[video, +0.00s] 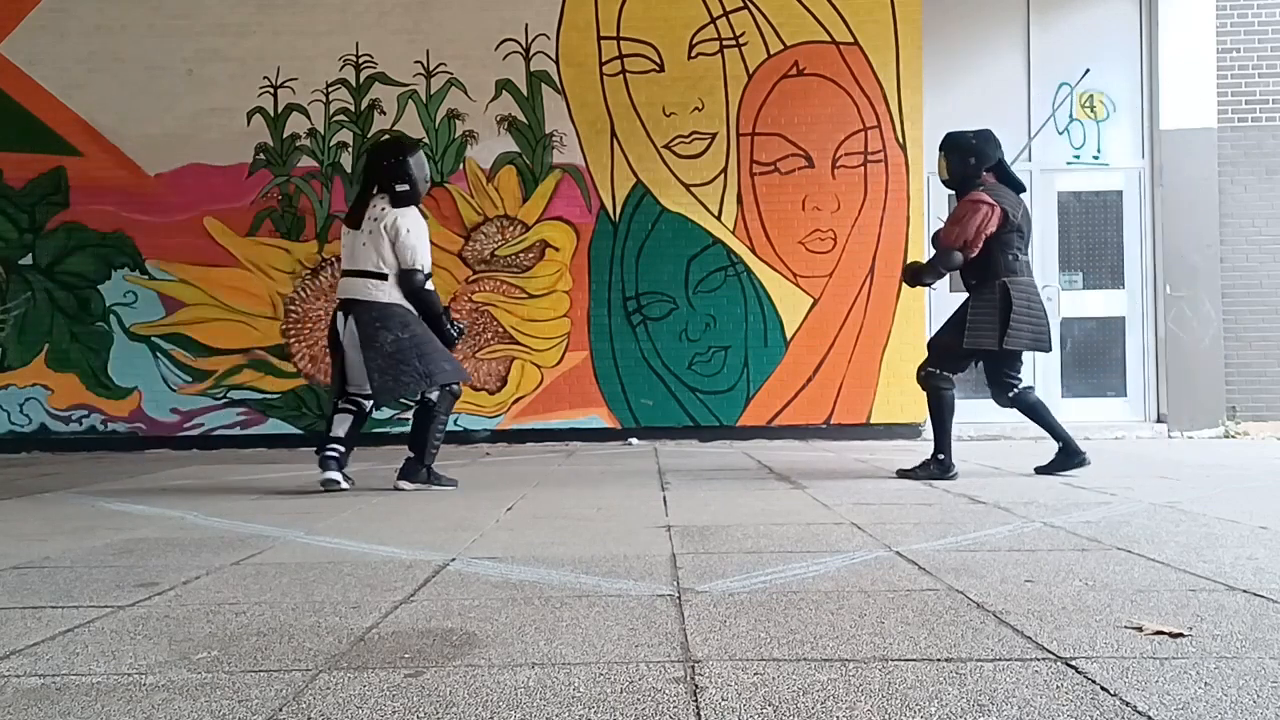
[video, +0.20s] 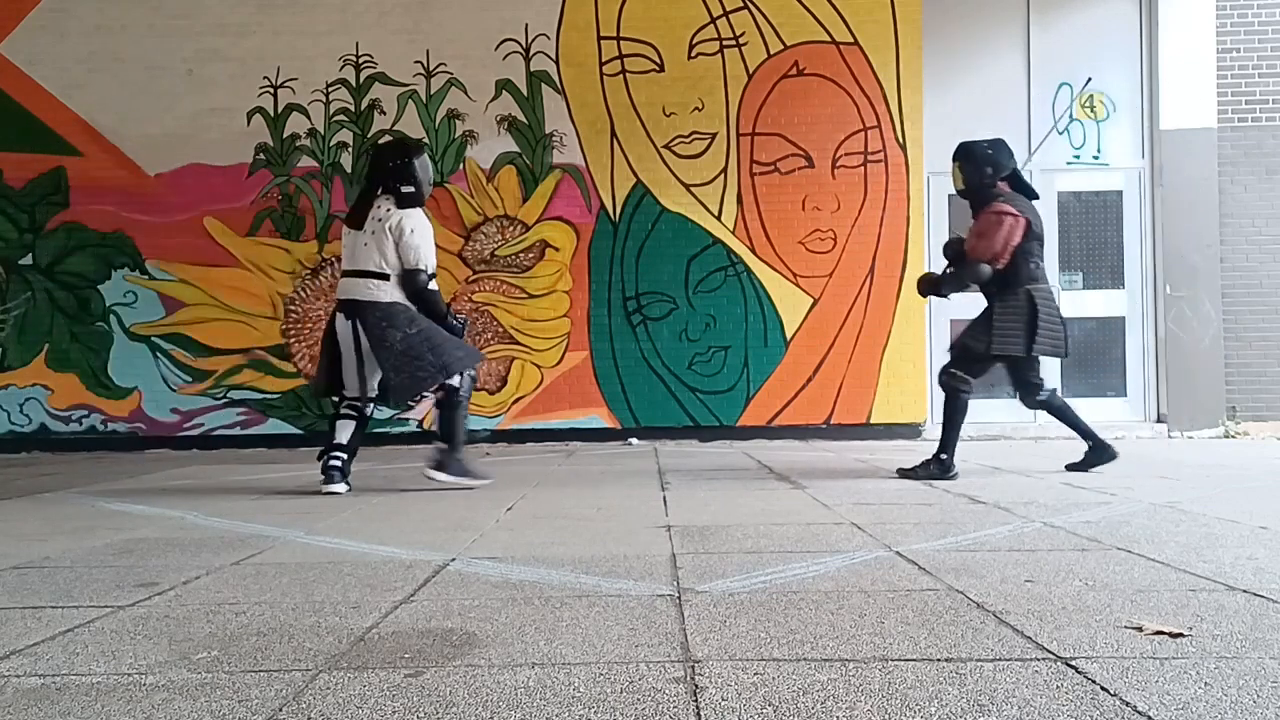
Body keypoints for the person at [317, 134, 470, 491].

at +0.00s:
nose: (425, 174)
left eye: (422, 165)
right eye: (419, 166)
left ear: (376, 173)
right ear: (406, 173)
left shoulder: (357, 212)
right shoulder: (406, 215)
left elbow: (354, 272)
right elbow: (414, 282)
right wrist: (443, 326)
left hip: (347, 314)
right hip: (387, 316)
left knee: (357, 392)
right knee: (445, 381)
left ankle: (332, 461)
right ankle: (419, 466)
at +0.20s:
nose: (428, 176)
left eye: (426, 168)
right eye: (422, 168)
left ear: (378, 174)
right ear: (408, 175)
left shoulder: (358, 213)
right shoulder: (409, 216)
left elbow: (355, 273)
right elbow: (417, 284)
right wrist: (447, 322)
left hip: (346, 311)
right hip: (388, 313)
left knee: (356, 395)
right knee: (459, 365)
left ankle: (335, 467)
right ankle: (451, 455)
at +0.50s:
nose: (458, 176)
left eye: (456, 169)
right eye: (453, 169)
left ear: (408, 175)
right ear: (440, 175)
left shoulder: (388, 216)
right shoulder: (444, 217)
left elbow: (384, 275)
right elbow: (457, 286)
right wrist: (478, 329)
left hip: (387, 313)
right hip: (428, 314)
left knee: (378, 396)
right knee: (496, 374)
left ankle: (339, 467)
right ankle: (497, 465)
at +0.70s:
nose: (495, 167)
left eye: (492, 159)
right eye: (490, 160)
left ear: (445, 166)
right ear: (474, 166)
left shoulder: (422, 205)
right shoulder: (479, 209)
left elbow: (418, 263)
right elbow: (488, 278)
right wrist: (512, 322)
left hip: (418, 305)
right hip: (461, 307)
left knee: (414, 384)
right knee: (519, 377)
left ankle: (395, 457)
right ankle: (500, 465)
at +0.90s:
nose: (519, 179)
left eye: (517, 170)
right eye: (514, 171)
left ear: (469, 175)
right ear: (499, 175)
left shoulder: (449, 212)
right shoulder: (499, 216)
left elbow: (460, 269)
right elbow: (515, 280)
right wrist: (556, 294)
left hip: (441, 310)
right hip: (483, 313)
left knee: (437, 393)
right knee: (555, 365)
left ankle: (409, 470)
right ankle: (563, 451)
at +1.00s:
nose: (536, 179)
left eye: (534, 172)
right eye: (531, 172)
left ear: (491, 177)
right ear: (519, 177)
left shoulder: (475, 211)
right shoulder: (524, 215)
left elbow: (515, 269)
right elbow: (563, 268)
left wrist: (582, 270)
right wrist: (603, 265)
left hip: (462, 308)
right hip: (503, 312)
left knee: (445, 392)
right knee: (569, 368)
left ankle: (410, 469)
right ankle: (613, 450)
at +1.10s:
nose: (570, 168)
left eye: (567, 161)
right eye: (563, 162)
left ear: (525, 170)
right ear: (551, 169)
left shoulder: (512, 206)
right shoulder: (558, 208)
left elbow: (548, 253)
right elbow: (604, 254)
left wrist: (599, 263)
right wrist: (646, 248)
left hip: (501, 307)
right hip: (544, 310)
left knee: (469, 389)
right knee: (600, 377)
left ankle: (421, 462)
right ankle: (630, 459)